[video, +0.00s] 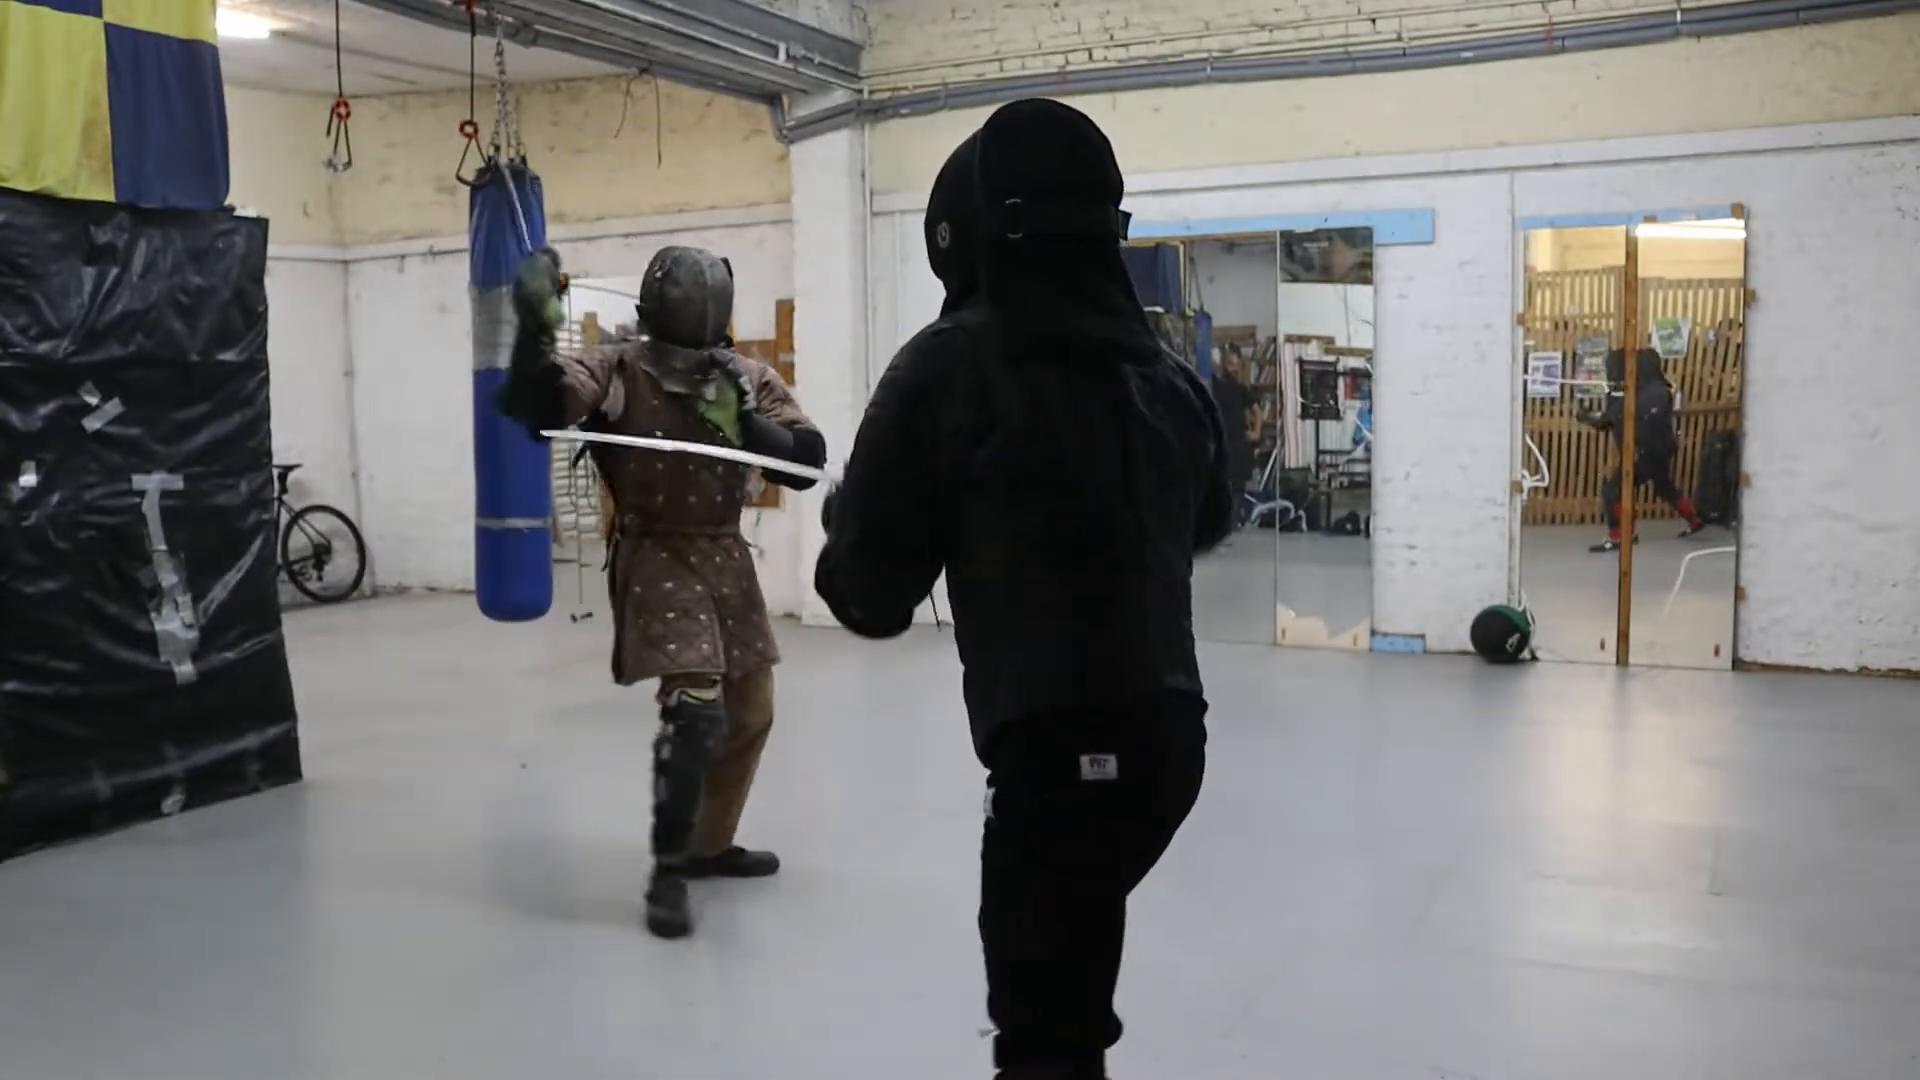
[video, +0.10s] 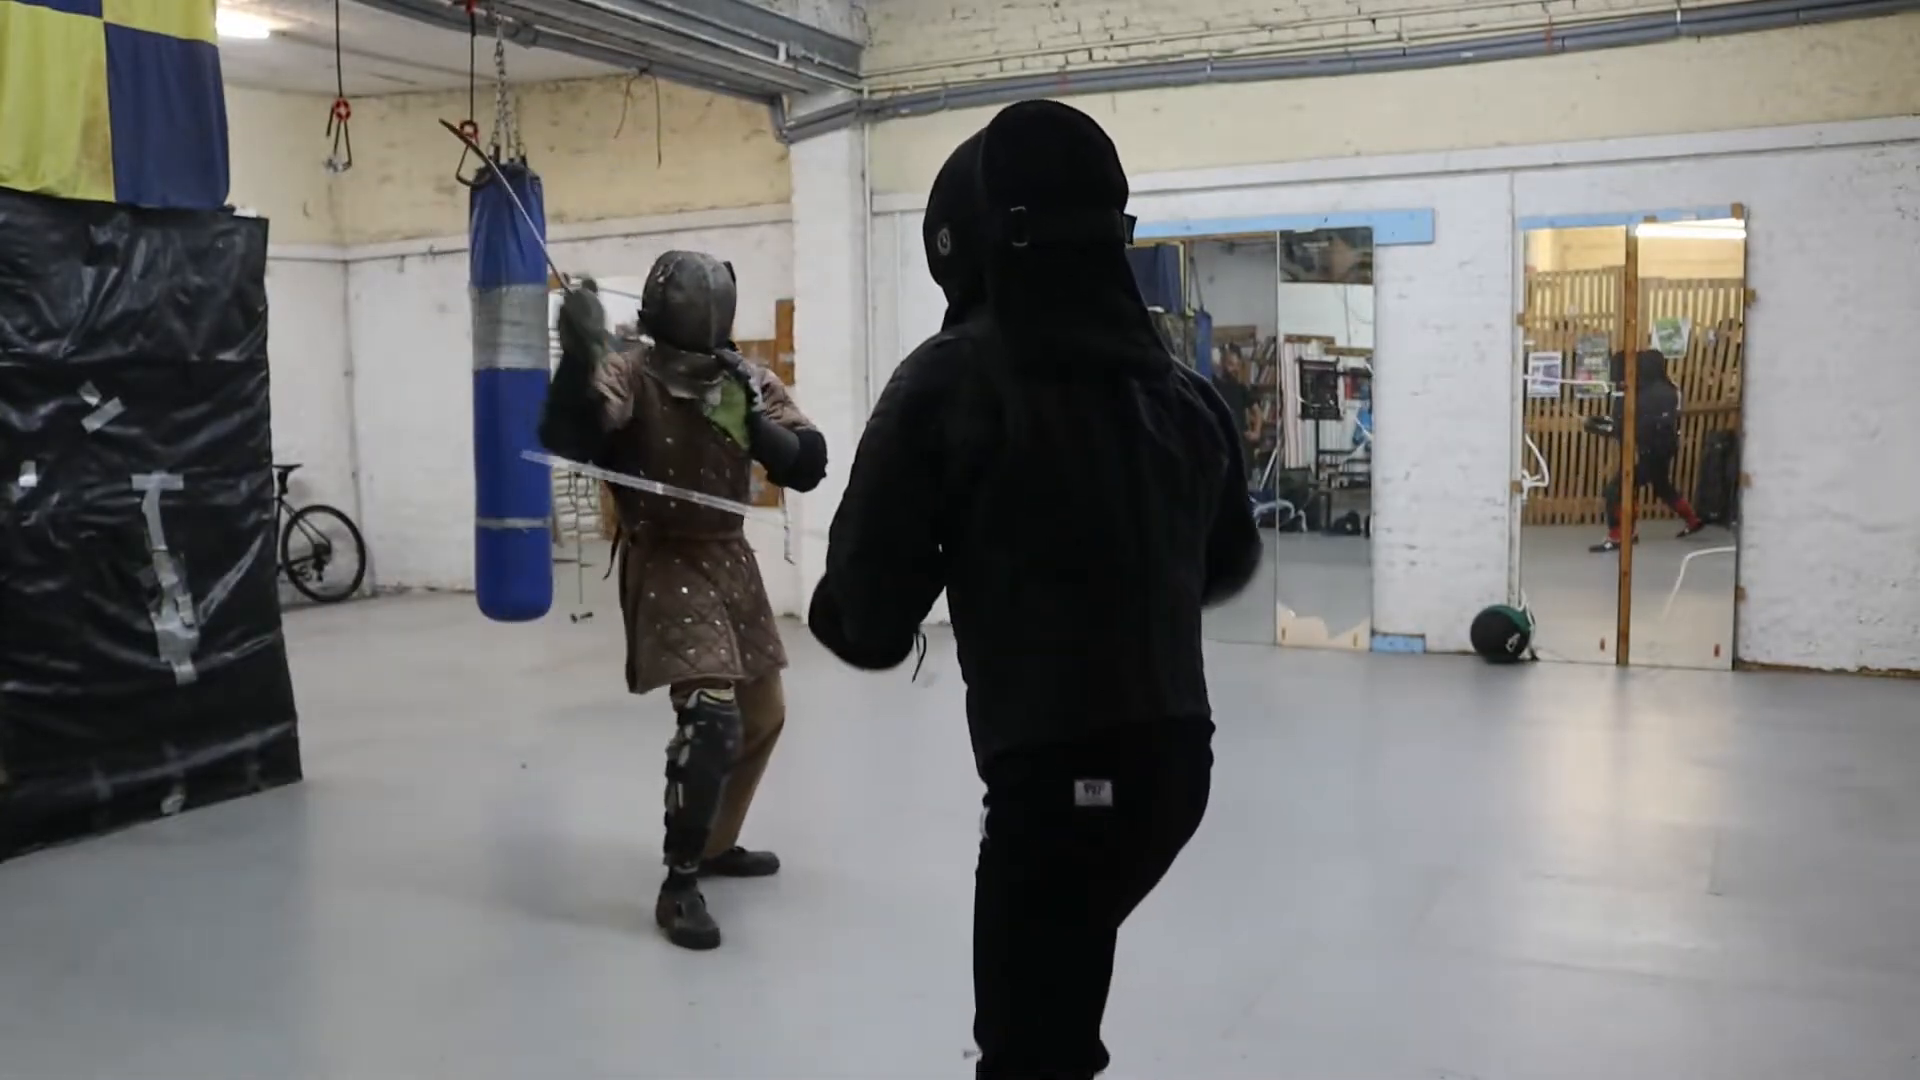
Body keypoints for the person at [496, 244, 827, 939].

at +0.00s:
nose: (689, 356)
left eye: (701, 341)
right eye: (676, 340)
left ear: (722, 324)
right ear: (651, 319)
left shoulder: (745, 377)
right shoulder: (617, 371)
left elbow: (810, 458)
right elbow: (536, 406)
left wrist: (745, 421)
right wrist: (536, 324)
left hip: (726, 554)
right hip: (655, 554)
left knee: (751, 713)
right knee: (697, 708)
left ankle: (710, 845)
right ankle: (668, 875)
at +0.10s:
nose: (695, 352)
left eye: (709, 337)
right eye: (682, 337)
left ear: (728, 326)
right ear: (657, 323)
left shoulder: (746, 378)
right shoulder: (631, 370)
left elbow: (811, 463)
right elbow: (568, 435)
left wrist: (752, 424)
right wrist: (579, 362)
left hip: (730, 551)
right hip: (664, 554)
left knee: (764, 714)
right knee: (712, 719)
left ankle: (714, 846)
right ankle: (679, 884)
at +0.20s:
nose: (701, 361)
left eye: (712, 345)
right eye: (686, 347)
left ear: (728, 329)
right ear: (654, 328)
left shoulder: (745, 377)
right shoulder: (628, 380)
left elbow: (807, 465)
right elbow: (609, 475)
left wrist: (755, 429)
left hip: (729, 552)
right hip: (666, 554)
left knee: (767, 719)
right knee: (715, 721)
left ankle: (716, 847)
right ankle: (678, 889)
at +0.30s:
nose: (702, 369)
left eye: (713, 353)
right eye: (686, 355)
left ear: (726, 337)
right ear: (654, 339)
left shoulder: (742, 385)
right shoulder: (628, 401)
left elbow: (805, 465)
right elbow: (655, 516)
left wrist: (750, 446)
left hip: (731, 567)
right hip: (667, 572)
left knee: (771, 724)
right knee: (711, 732)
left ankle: (717, 846)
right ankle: (675, 901)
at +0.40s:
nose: (702, 359)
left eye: (714, 345)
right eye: (689, 344)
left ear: (728, 342)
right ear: (662, 339)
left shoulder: (742, 394)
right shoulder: (635, 409)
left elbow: (800, 485)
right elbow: (673, 543)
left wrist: (747, 439)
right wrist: (766, 583)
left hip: (730, 582)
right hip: (665, 589)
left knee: (777, 724)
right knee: (712, 732)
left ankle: (718, 847)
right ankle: (674, 904)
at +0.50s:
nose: (707, 359)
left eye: (716, 344)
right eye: (692, 345)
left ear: (732, 342)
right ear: (662, 345)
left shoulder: (739, 402)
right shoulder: (637, 425)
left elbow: (792, 462)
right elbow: (672, 550)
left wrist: (775, 467)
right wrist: (771, 609)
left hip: (733, 592)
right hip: (669, 599)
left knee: (780, 726)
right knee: (718, 733)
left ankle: (721, 851)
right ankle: (675, 905)